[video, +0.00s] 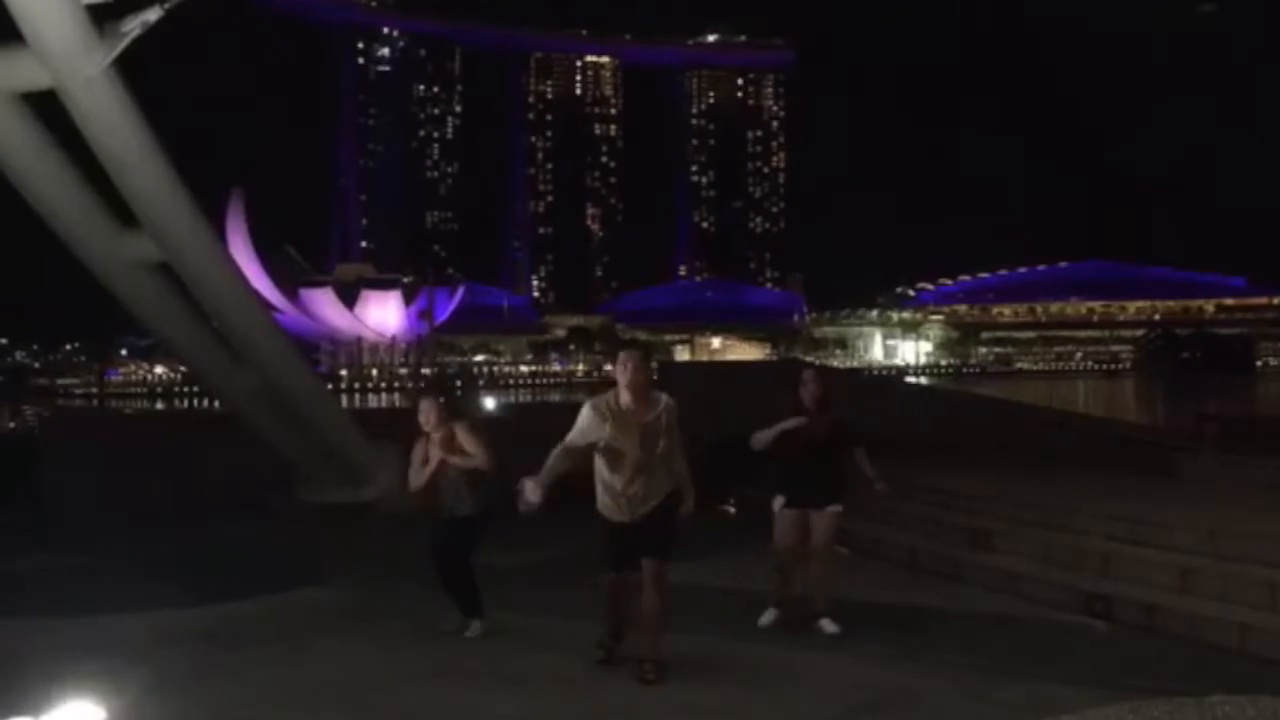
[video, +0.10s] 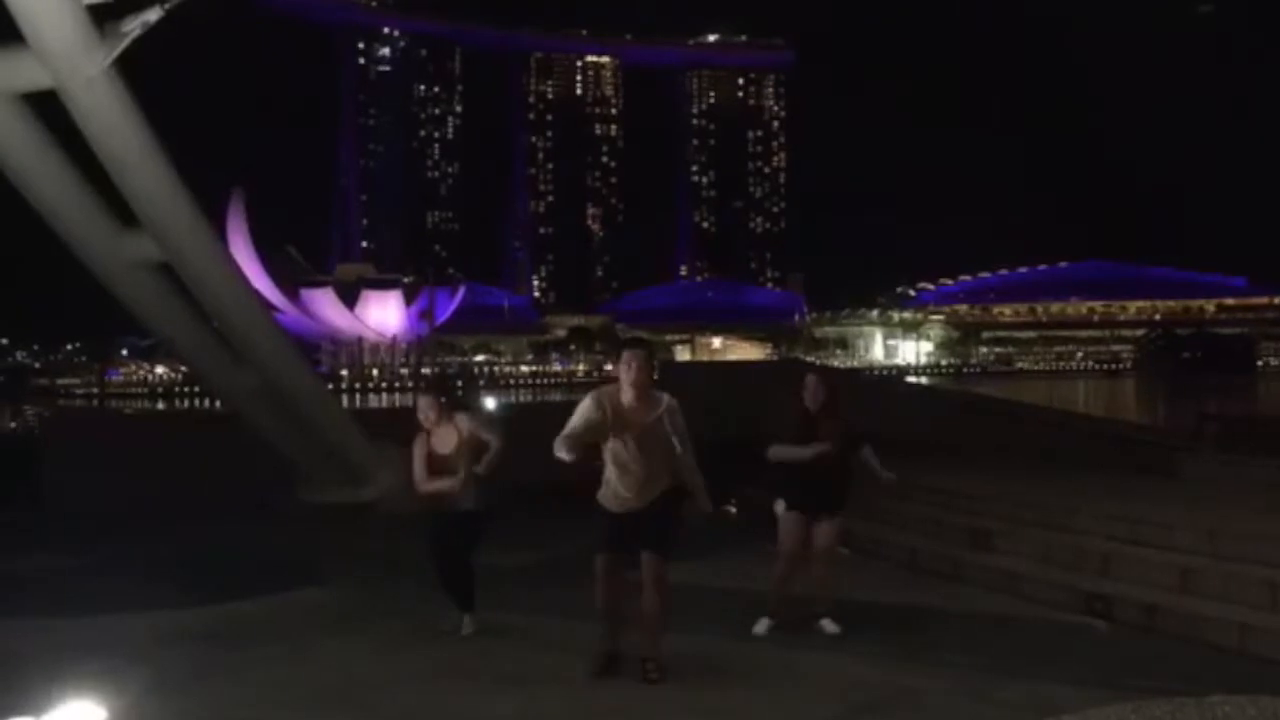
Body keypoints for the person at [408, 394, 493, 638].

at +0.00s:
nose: (424, 418)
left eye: (429, 411)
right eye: (421, 412)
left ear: (441, 412)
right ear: (418, 416)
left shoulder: (458, 431)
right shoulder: (423, 444)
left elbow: (483, 461)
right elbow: (414, 484)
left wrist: (446, 456)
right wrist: (433, 460)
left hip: (470, 508)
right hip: (443, 510)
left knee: (457, 560)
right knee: (444, 562)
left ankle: (475, 615)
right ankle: (466, 614)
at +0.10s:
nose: (425, 416)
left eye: (429, 409)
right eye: (420, 411)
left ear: (441, 407)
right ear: (417, 414)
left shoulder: (462, 423)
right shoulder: (422, 442)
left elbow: (495, 441)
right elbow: (421, 484)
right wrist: (452, 483)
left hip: (469, 503)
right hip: (441, 508)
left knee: (460, 557)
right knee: (443, 560)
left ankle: (468, 613)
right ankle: (464, 610)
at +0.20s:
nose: (422, 413)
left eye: (427, 406)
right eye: (419, 407)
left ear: (440, 405)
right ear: (417, 410)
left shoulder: (464, 415)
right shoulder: (427, 440)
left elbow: (499, 421)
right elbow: (427, 486)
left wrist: (510, 451)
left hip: (476, 499)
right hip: (448, 503)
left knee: (468, 555)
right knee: (446, 555)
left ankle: (460, 609)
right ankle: (456, 610)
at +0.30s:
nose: (422, 426)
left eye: (426, 419)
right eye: (418, 420)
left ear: (442, 415)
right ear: (418, 422)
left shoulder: (465, 418)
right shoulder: (432, 453)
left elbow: (499, 408)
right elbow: (419, 497)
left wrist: (528, 427)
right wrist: (401, 536)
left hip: (483, 499)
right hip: (451, 504)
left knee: (475, 561)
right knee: (439, 547)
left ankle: (458, 618)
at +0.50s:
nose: (424, 440)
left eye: (427, 432)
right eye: (420, 435)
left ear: (440, 427)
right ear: (419, 438)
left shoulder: (470, 432)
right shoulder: (436, 463)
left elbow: (480, 396)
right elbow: (428, 491)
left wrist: (519, 396)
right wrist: (422, 513)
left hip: (489, 506)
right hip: (457, 511)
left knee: (480, 565)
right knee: (444, 555)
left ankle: (458, 618)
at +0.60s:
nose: (428, 433)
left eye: (431, 426)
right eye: (424, 429)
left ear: (444, 421)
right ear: (423, 430)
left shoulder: (468, 422)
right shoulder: (437, 453)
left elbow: (487, 380)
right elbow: (442, 484)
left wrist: (518, 395)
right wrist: (445, 503)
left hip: (488, 499)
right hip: (461, 507)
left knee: (488, 559)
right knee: (458, 561)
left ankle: (462, 615)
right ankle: (447, 620)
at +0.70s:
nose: (436, 428)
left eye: (439, 421)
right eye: (431, 423)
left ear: (451, 417)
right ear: (430, 425)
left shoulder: (474, 417)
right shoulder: (442, 446)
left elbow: (499, 394)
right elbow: (455, 479)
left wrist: (518, 433)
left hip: (494, 499)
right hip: (465, 503)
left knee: (497, 557)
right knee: (456, 560)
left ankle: (487, 612)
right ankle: (446, 620)